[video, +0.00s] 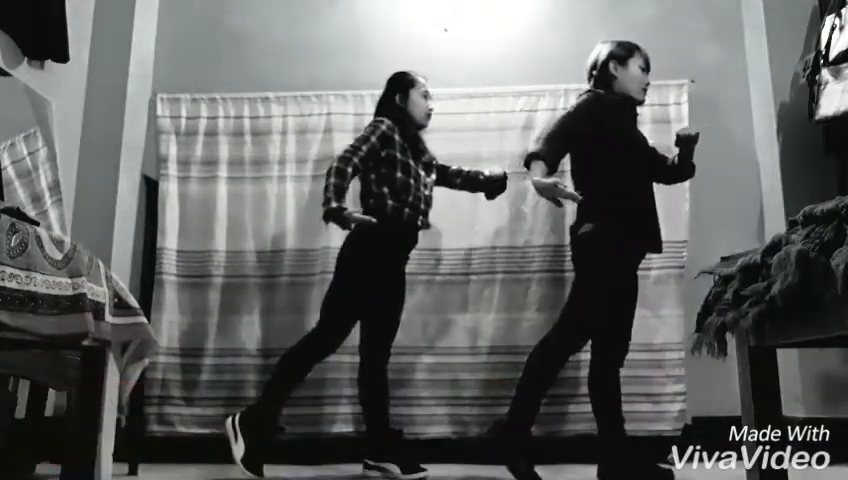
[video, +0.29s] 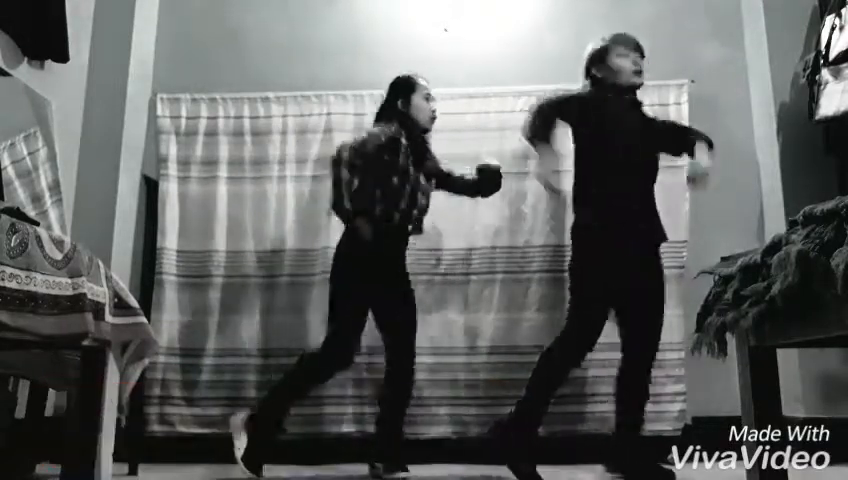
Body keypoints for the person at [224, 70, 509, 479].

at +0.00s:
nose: (431, 104)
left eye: (430, 97)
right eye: (423, 96)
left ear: (408, 103)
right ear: (400, 100)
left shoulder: (415, 148)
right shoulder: (383, 130)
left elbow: (441, 174)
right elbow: (345, 163)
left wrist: (486, 181)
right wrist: (335, 207)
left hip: (392, 254)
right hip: (368, 249)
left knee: (376, 354)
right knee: (326, 338)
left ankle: (381, 449)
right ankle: (254, 422)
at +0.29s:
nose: (434, 107)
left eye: (433, 99)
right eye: (426, 98)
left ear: (416, 107)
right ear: (402, 104)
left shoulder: (417, 151)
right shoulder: (385, 136)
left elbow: (440, 179)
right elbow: (346, 157)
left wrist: (478, 185)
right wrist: (352, 214)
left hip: (390, 259)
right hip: (359, 255)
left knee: (402, 356)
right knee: (338, 353)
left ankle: (387, 455)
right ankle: (258, 424)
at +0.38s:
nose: (429, 115)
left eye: (427, 108)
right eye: (419, 108)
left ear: (419, 120)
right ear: (399, 118)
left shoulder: (426, 171)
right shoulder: (378, 159)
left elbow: (478, 202)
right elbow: (345, 208)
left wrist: (469, 175)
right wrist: (381, 248)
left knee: (401, 359)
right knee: (367, 332)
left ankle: (386, 452)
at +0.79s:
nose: (291, 104)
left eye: (298, 98)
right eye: (294, 98)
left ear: (314, 107)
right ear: (318, 108)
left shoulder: (343, 146)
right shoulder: (293, 152)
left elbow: (380, 188)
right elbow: (251, 165)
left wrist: (414, 224)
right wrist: (202, 158)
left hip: (332, 261)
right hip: (313, 260)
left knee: (285, 341)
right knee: (286, 343)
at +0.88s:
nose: (278, 111)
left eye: (285, 104)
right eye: (281, 103)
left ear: (304, 110)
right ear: (304, 111)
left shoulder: (331, 148)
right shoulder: (293, 158)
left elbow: (366, 176)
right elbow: (250, 194)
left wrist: (385, 172)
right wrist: (199, 208)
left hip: (314, 261)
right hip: (302, 261)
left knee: (232, 312)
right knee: (282, 346)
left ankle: (303, 364)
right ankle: (301, 447)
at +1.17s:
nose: (222, 89)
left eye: (228, 82)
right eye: (227, 81)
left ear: (237, 89)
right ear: (263, 92)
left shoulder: (233, 131)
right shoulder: (267, 136)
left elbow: (186, 168)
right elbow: (284, 194)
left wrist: (166, 145)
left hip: (244, 243)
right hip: (268, 243)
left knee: (223, 349)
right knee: (278, 349)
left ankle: (200, 449)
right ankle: (300, 445)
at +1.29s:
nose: (194, 85)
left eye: (199, 78)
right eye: (198, 77)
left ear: (207, 82)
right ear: (240, 86)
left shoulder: (203, 120)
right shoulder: (249, 133)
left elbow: (168, 169)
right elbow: (266, 195)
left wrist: (153, 151)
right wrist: (259, 239)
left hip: (220, 239)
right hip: (248, 239)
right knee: (267, 345)